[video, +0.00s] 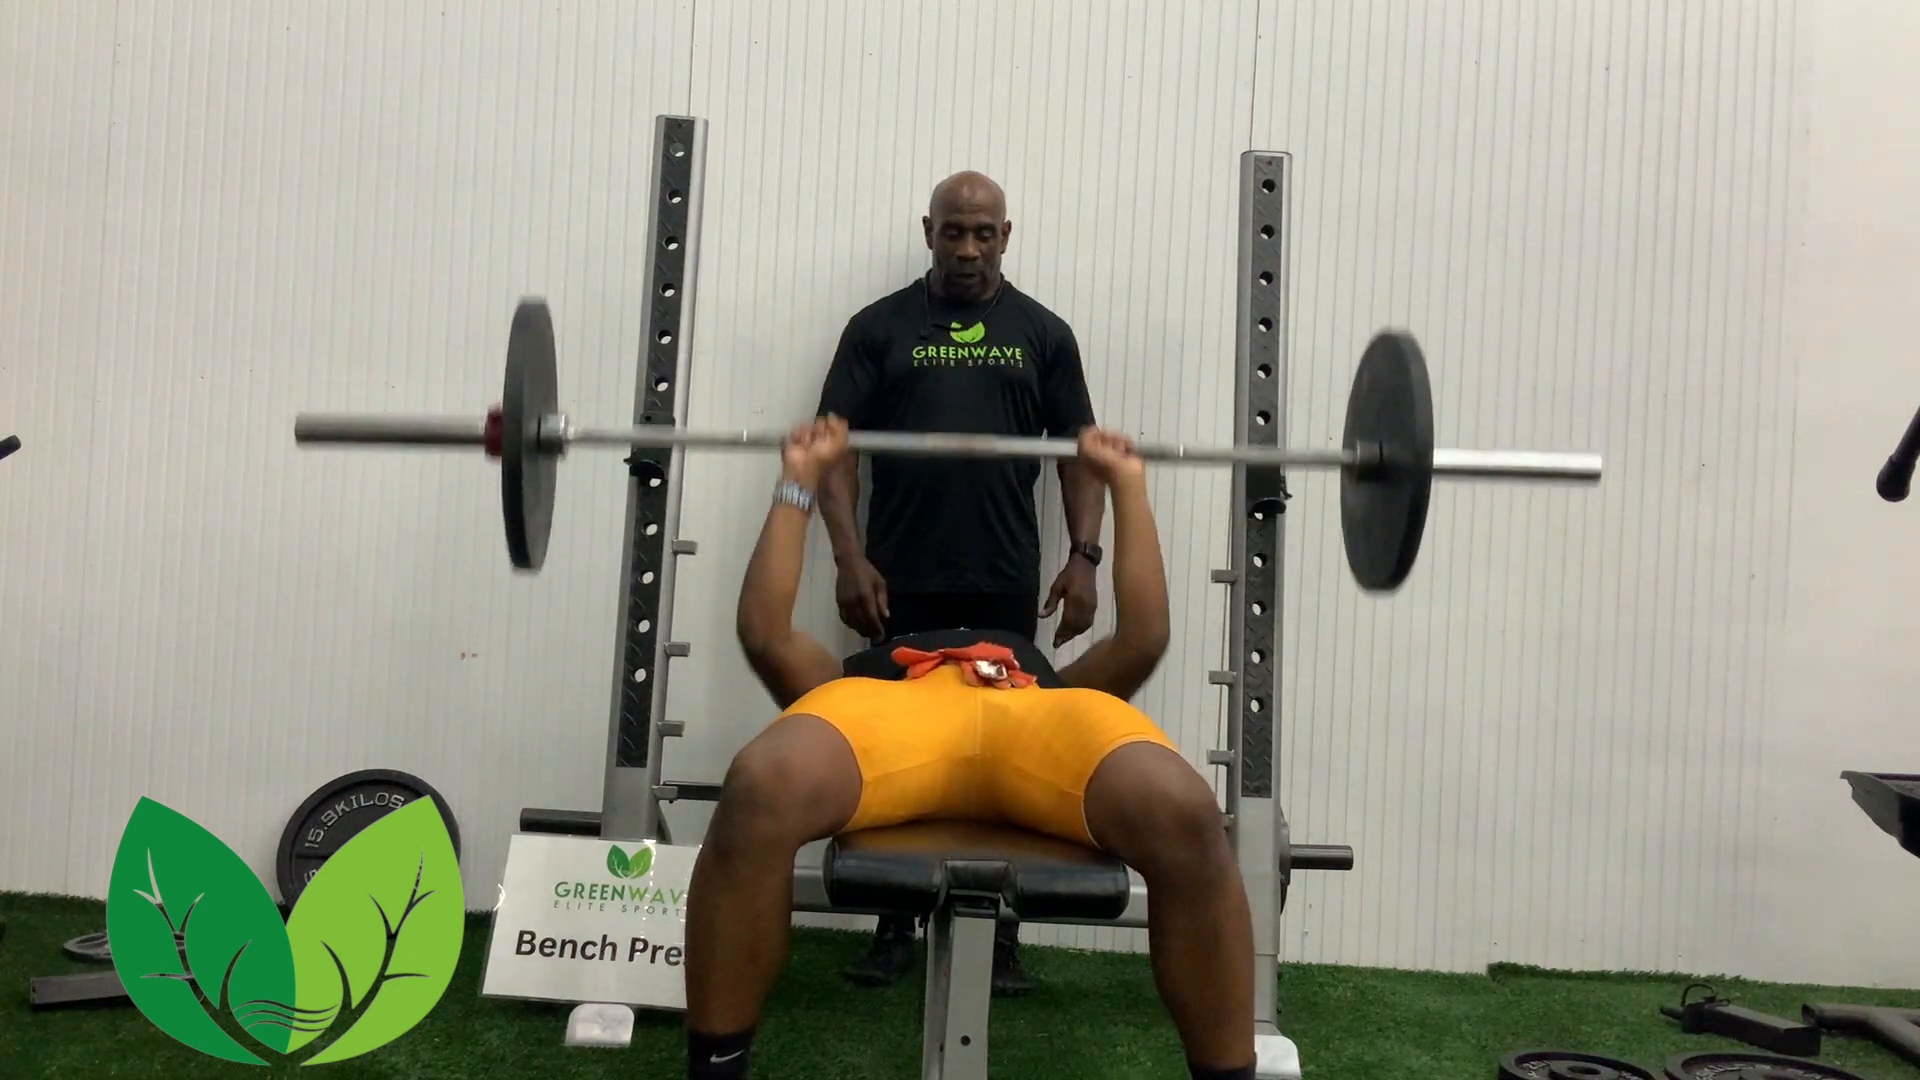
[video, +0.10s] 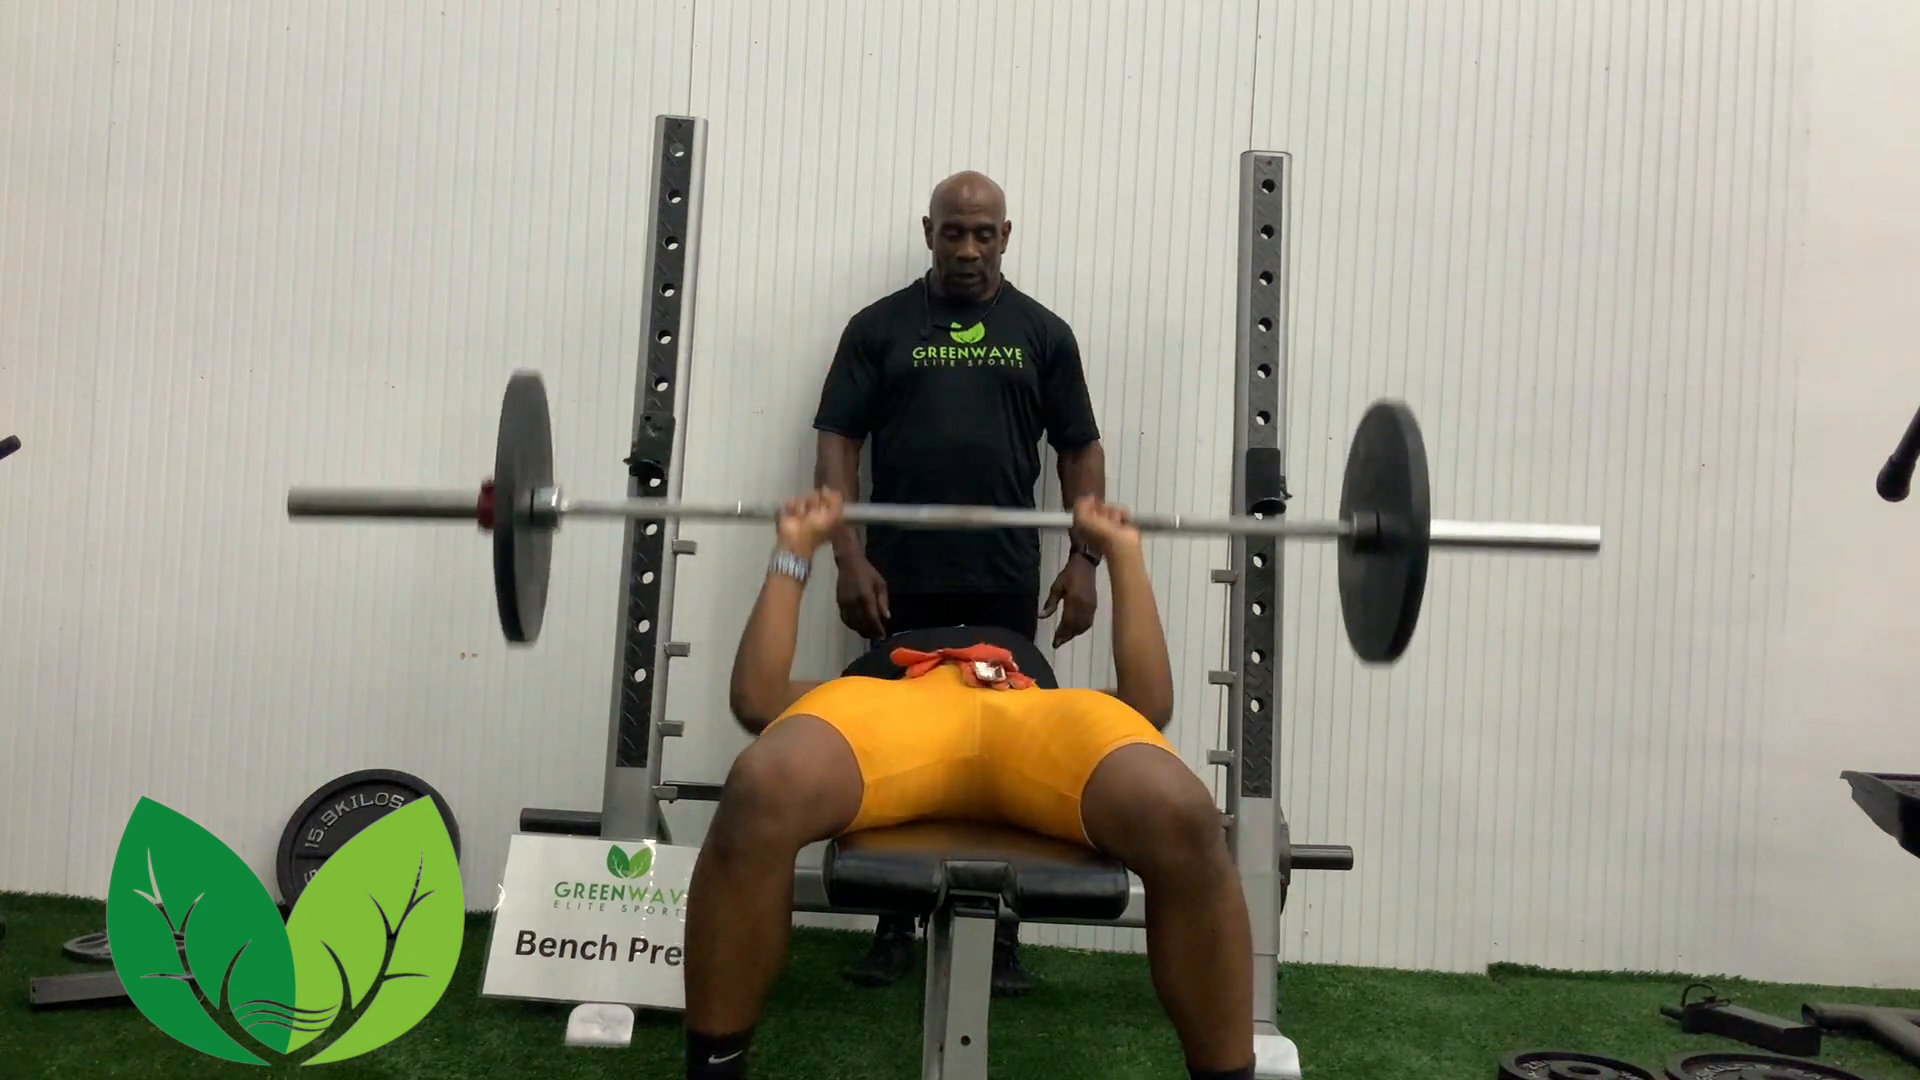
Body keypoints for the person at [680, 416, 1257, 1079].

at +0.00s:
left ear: (1026, 674)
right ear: (902, 656)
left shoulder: (1056, 685)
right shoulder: (857, 677)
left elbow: (1142, 634)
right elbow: (765, 630)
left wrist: (1129, 485)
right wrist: (797, 488)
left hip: (1041, 711)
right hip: (881, 705)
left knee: (1188, 819)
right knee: (759, 785)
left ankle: (1230, 1073)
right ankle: (715, 1065)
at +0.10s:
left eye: (996, 661)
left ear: (1013, 670)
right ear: (909, 655)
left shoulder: (1045, 684)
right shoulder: (874, 678)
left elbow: (1149, 705)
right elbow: (755, 699)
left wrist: (1125, 553)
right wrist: (791, 555)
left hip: (1038, 707)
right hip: (891, 697)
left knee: (1185, 819)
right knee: (758, 791)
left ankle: (1227, 1070)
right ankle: (714, 1065)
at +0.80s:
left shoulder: (1061, 687)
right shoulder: (854, 684)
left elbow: (1130, 587)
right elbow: (764, 585)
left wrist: (1109, 432)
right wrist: (782, 435)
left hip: (1039, 706)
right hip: (891, 697)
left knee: (1186, 814)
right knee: (759, 790)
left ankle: (1227, 1070)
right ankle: (720, 1064)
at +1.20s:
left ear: (1023, 667)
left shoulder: (1054, 685)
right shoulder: (860, 679)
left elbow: (1155, 646)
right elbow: (752, 636)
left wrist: (1124, 492)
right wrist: (793, 496)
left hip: (1046, 706)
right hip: (885, 699)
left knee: (1189, 819)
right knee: (763, 791)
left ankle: (1230, 1074)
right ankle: (714, 1066)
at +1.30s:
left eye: (1004, 657)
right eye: (942, 655)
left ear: (1024, 670)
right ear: (922, 664)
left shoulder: (1050, 685)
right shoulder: (875, 682)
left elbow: (1171, 708)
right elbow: (745, 700)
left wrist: (1125, 555)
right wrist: (790, 559)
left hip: (1043, 706)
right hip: (895, 698)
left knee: (1189, 820)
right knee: (760, 793)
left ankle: (1226, 1073)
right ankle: (712, 1066)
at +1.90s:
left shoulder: (1064, 691)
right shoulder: (859, 684)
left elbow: (1149, 611)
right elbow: (761, 595)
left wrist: (1128, 453)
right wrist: (796, 451)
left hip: (1040, 708)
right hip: (890, 702)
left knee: (1179, 817)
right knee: (759, 789)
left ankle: (1224, 1070)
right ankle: (716, 1064)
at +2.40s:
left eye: (1001, 656)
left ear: (1019, 662)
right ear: (915, 657)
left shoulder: (1058, 691)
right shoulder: (874, 680)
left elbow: (1171, 703)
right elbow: (755, 685)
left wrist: (1136, 552)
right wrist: (805, 547)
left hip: (1041, 704)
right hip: (895, 696)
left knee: (1179, 822)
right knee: (758, 792)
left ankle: (1224, 1069)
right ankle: (712, 1066)